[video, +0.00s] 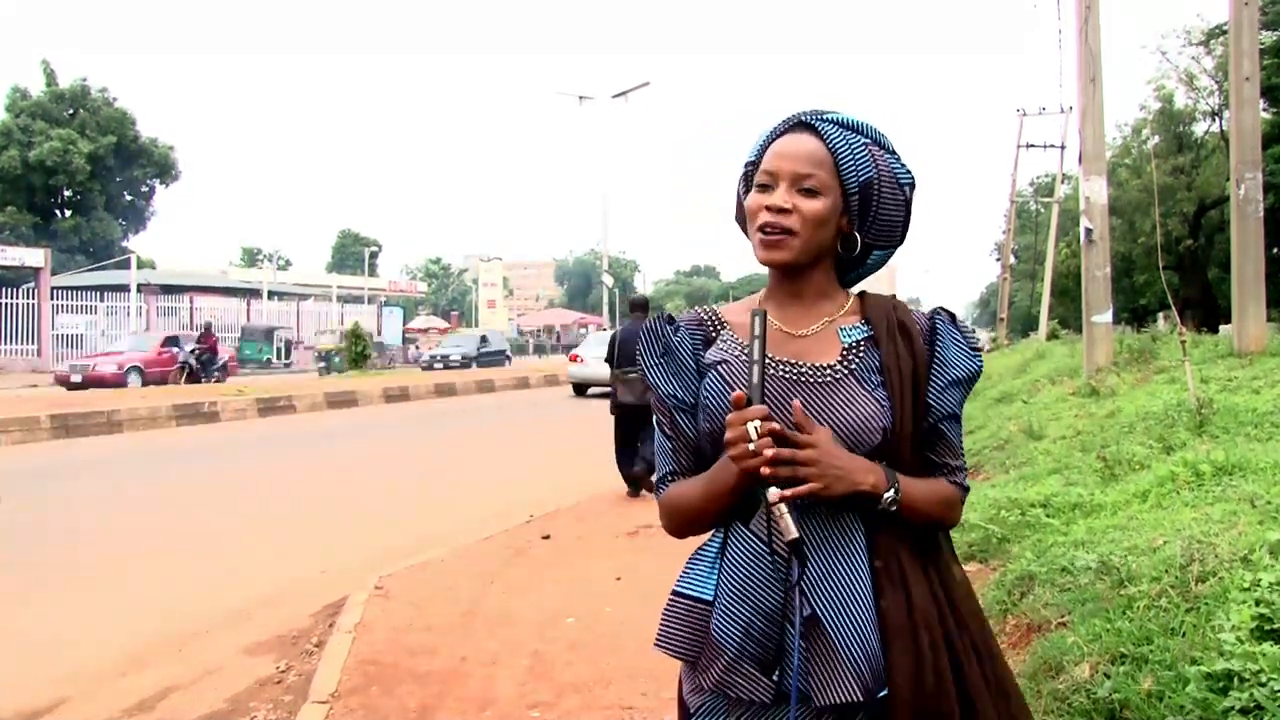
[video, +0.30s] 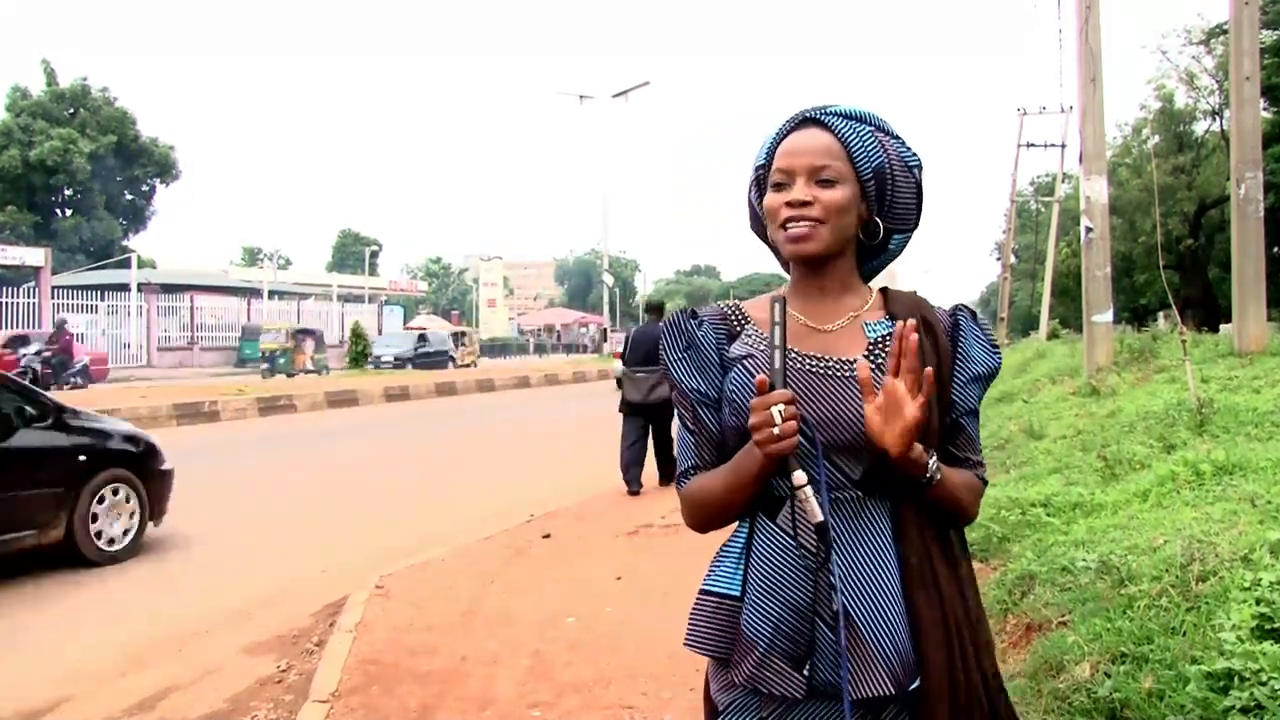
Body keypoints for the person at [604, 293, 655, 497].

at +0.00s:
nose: (638, 314)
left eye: (634, 310)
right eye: (642, 310)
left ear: (629, 311)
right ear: (647, 310)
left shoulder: (619, 334)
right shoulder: (654, 334)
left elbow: (612, 366)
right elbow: (661, 365)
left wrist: (614, 397)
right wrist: (661, 391)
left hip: (624, 401)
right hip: (649, 399)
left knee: (624, 443)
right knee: (649, 434)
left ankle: (633, 485)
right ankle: (643, 468)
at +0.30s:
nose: (655, 315)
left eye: (652, 311)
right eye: (659, 312)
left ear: (646, 313)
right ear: (663, 313)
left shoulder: (633, 334)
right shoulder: (668, 334)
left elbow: (625, 360)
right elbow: (674, 362)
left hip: (635, 392)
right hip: (661, 392)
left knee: (633, 438)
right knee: (663, 436)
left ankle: (633, 483)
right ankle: (666, 474)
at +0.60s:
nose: (669, 314)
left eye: (666, 311)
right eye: (672, 310)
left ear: (660, 311)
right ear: (677, 311)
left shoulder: (650, 332)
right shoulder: (685, 332)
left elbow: (641, 356)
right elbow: (692, 359)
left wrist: (647, 380)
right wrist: (693, 382)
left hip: (654, 388)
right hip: (679, 387)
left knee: (654, 427)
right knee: (675, 432)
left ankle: (649, 459)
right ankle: (668, 474)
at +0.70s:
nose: (672, 314)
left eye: (669, 311)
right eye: (675, 310)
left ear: (664, 312)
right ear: (680, 311)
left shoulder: (655, 333)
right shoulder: (688, 332)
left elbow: (647, 365)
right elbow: (696, 361)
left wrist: (646, 393)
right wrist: (700, 385)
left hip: (660, 387)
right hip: (684, 386)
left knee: (662, 426)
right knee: (678, 428)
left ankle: (663, 467)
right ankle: (668, 473)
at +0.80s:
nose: (677, 316)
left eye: (673, 313)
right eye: (679, 312)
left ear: (668, 314)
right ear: (683, 314)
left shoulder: (658, 334)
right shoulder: (692, 333)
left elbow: (651, 365)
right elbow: (700, 361)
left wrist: (648, 392)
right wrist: (703, 384)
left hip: (663, 387)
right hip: (686, 386)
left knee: (669, 429)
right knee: (679, 430)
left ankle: (677, 466)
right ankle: (666, 474)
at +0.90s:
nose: (678, 318)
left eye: (674, 315)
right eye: (681, 314)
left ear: (669, 316)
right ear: (685, 315)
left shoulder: (661, 336)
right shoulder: (694, 334)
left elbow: (654, 367)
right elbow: (703, 361)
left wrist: (652, 393)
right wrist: (706, 383)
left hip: (667, 385)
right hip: (690, 384)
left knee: (669, 427)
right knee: (682, 427)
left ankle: (681, 464)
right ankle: (670, 469)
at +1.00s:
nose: (682, 318)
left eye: (678, 315)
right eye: (684, 314)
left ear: (672, 316)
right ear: (688, 315)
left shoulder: (663, 337)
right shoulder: (697, 334)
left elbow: (658, 368)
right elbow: (705, 361)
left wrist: (657, 395)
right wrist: (710, 384)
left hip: (671, 385)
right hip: (693, 383)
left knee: (676, 425)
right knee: (687, 426)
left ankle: (676, 458)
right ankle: (678, 463)